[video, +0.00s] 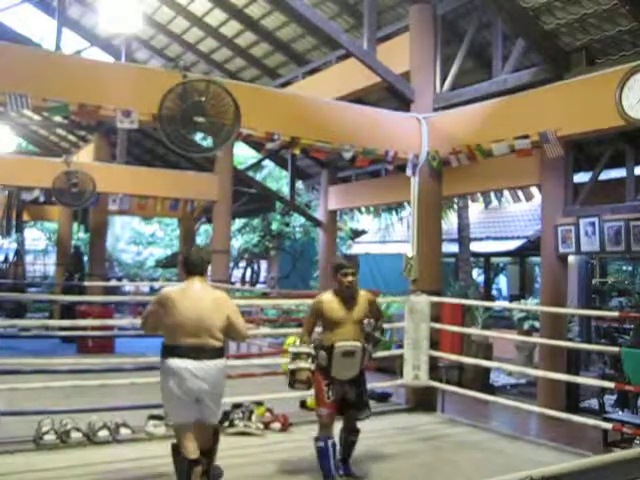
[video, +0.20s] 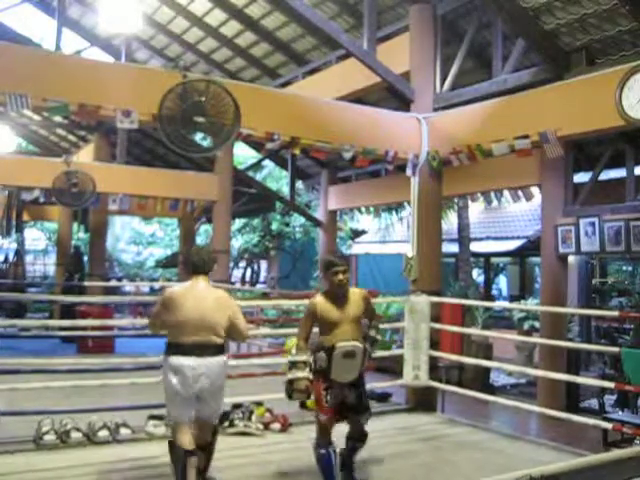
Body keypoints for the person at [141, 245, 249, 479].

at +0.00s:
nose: (179, 267)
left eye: (180, 264)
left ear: (182, 267)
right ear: (207, 268)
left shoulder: (168, 296)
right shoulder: (221, 298)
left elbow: (147, 325)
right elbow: (241, 332)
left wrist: (171, 323)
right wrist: (218, 325)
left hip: (177, 361)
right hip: (212, 362)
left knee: (184, 425)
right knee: (206, 423)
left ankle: (195, 467)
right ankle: (205, 468)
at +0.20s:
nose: (182, 268)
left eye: (184, 264)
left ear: (187, 267)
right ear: (212, 267)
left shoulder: (172, 295)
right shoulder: (223, 298)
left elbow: (155, 325)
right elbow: (242, 332)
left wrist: (179, 322)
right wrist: (219, 325)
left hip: (179, 357)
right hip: (213, 357)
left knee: (182, 422)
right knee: (207, 422)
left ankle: (190, 465)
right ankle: (201, 471)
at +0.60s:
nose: (219, 269)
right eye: (219, 265)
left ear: (195, 266)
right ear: (216, 267)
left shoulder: (180, 292)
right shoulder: (229, 295)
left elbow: (159, 321)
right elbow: (243, 331)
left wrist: (182, 313)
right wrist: (221, 322)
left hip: (186, 353)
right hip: (219, 353)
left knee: (181, 410)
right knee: (208, 414)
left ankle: (177, 465)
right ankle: (200, 469)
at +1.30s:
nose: (219, 273)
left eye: (217, 269)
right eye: (218, 270)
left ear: (197, 269)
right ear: (214, 270)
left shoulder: (182, 289)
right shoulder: (221, 291)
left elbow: (177, 315)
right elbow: (235, 323)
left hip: (184, 344)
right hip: (213, 345)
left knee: (192, 400)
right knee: (228, 398)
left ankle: (190, 455)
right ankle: (228, 450)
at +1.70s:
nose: (243, 276)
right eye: (242, 272)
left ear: (222, 272)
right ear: (240, 272)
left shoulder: (206, 291)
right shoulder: (244, 295)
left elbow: (204, 316)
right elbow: (247, 321)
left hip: (208, 342)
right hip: (234, 344)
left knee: (210, 395)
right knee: (239, 399)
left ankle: (193, 447)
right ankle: (250, 451)